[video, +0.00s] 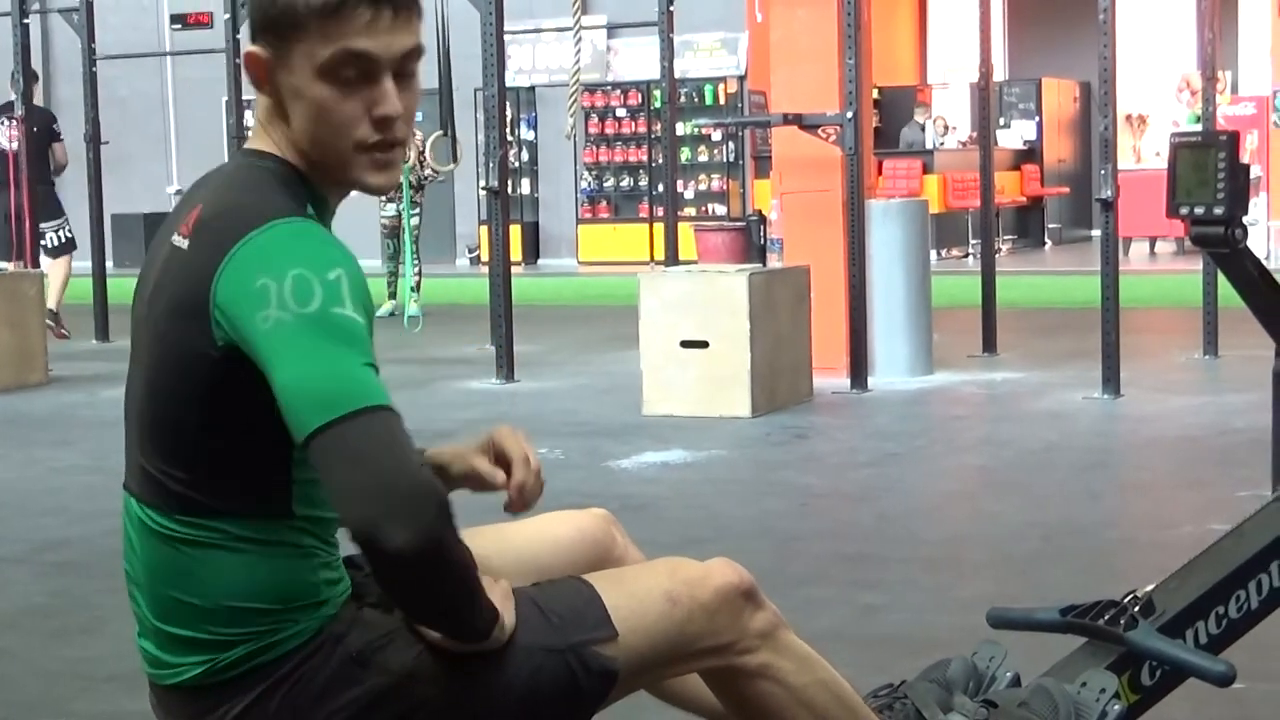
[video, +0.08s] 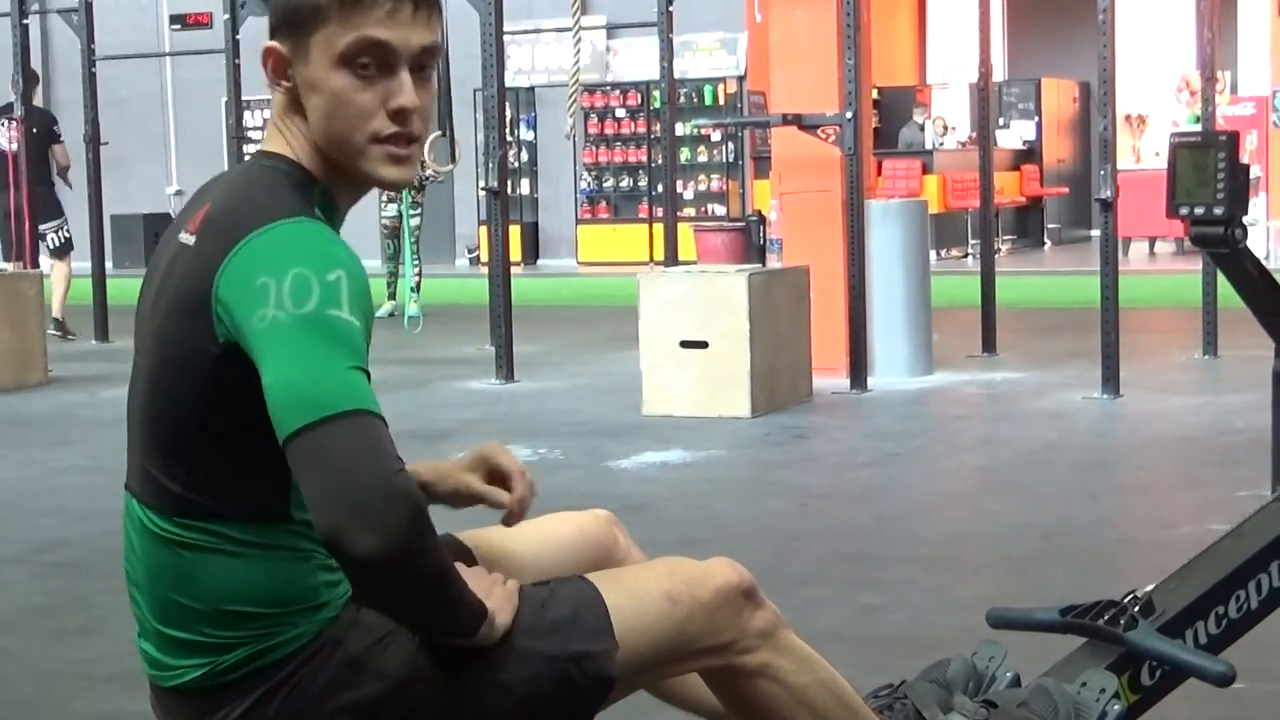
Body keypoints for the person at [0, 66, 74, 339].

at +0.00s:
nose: (38, 89)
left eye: (35, 84)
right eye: (37, 84)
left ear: (11, 86)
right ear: (34, 86)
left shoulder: (1, 113)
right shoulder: (44, 116)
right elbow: (61, 160)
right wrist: (50, 175)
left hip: (6, 195)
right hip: (39, 194)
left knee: (13, 261)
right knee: (62, 253)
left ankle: (16, 322)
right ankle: (52, 309)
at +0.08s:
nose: (38, 90)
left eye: (35, 85)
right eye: (37, 85)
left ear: (12, 86)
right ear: (34, 87)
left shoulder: (2, 114)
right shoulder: (43, 117)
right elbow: (63, 162)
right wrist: (62, 173)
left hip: (7, 198)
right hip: (39, 196)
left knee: (13, 263)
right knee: (62, 257)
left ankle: (15, 324)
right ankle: (57, 316)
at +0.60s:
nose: (50, 97)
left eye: (46, 92)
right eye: (61, 93)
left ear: (43, 92)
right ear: (67, 94)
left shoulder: (21, 119)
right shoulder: (72, 124)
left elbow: (12, 155)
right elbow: (84, 165)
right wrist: (65, 161)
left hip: (31, 201)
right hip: (64, 202)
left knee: (26, 265)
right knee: (68, 260)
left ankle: (21, 324)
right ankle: (68, 322)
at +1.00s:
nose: (16, 95)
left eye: (16, 91)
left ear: (18, 91)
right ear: (41, 92)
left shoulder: (6, 117)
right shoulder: (50, 122)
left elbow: (4, 155)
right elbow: (62, 159)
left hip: (10, 194)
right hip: (38, 194)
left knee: (15, 256)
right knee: (34, 254)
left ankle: (27, 306)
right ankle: (28, 313)